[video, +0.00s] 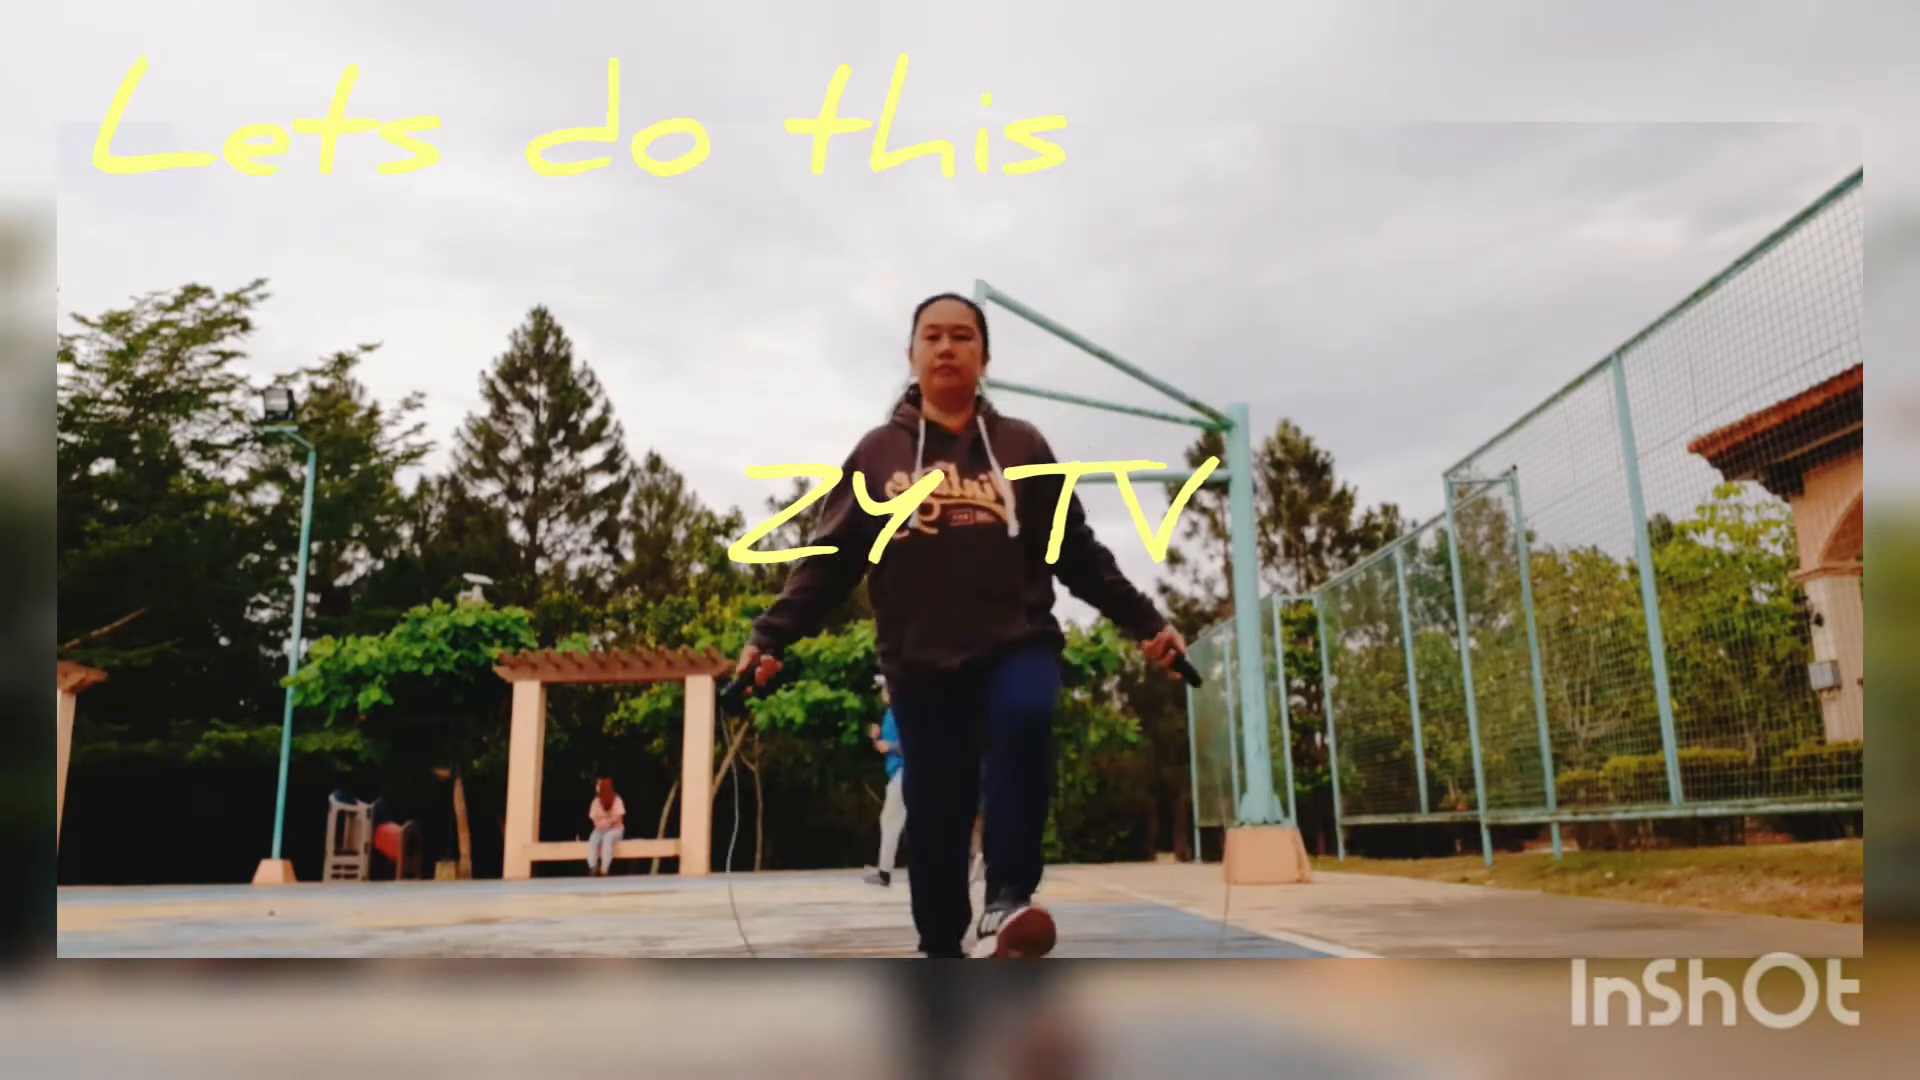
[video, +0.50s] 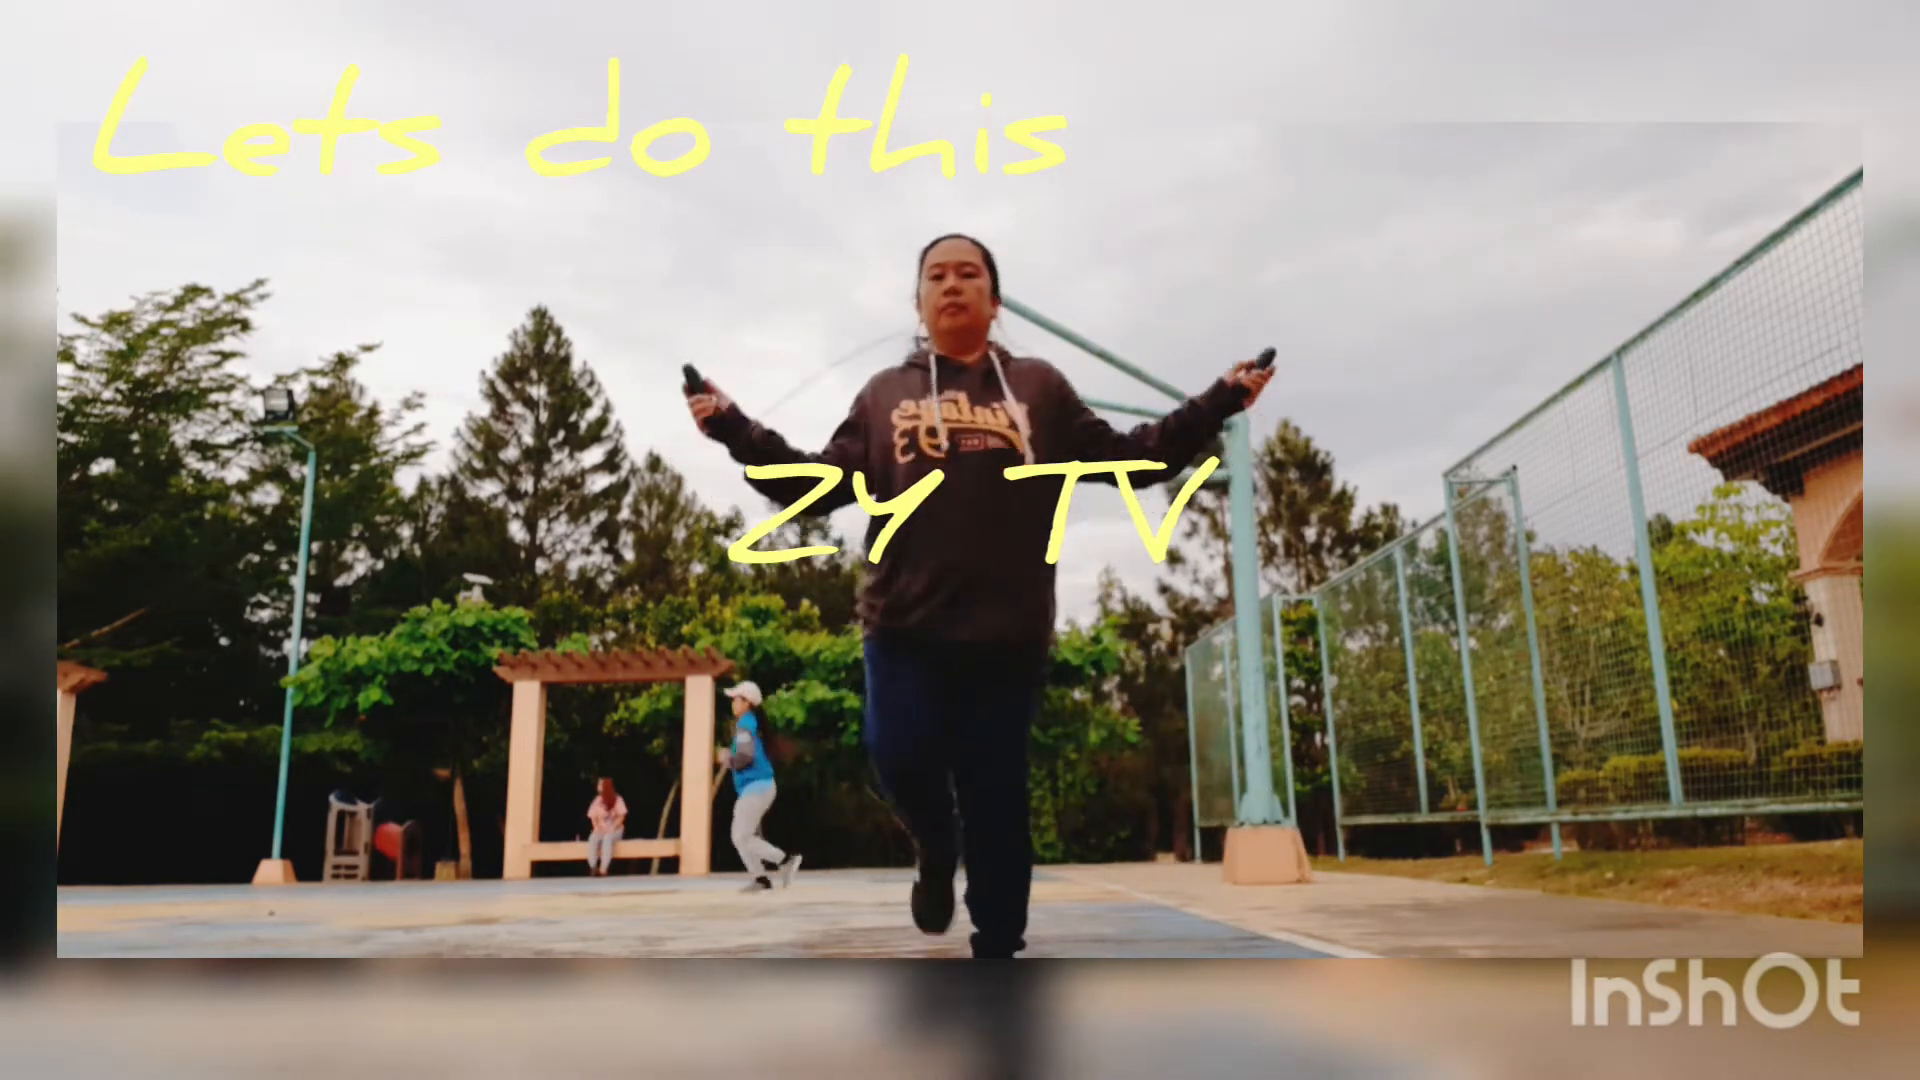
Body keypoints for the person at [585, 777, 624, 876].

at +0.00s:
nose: (597, 788)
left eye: (599, 786)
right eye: (597, 785)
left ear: (604, 788)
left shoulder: (616, 800)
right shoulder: (596, 801)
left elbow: (619, 815)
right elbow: (592, 815)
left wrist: (607, 823)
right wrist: (599, 824)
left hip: (615, 826)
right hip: (601, 826)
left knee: (607, 839)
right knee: (593, 840)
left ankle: (604, 868)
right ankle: (592, 866)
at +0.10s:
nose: (597, 788)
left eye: (599, 786)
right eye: (597, 786)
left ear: (605, 787)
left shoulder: (616, 800)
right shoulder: (596, 801)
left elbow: (621, 816)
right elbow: (591, 815)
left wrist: (613, 826)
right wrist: (596, 827)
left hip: (614, 828)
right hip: (601, 827)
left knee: (607, 839)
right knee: (593, 840)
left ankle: (604, 868)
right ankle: (592, 866)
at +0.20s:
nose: (597, 788)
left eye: (599, 786)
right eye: (597, 786)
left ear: (605, 788)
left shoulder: (616, 799)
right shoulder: (596, 801)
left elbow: (622, 815)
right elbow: (591, 815)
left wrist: (614, 827)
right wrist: (596, 827)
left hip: (614, 827)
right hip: (601, 826)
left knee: (607, 839)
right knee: (593, 839)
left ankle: (603, 868)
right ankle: (592, 866)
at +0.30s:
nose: (598, 787)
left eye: (600, 785)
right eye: (598, 785)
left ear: (606, 787)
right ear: (597, 787)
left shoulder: (616, 799)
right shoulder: (597, 800)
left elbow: (622, 814)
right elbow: (591, 814)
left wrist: (614, 827)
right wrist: (596, 827)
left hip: (614, 827)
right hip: (601, 827)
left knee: (607, 839)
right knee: (593, 839)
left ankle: (603, 868)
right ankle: (592, 866)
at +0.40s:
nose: (598, 787)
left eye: (600, 784)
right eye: (598, 784)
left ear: (606, 786)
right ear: (598, 786)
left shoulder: (616, 799)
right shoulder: (597, 800)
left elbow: (622, 814)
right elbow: (591, 814)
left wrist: (614, 826)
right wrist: (596, 827)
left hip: (613, 827)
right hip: (601, 826)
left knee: (607, 839)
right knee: (593, 839)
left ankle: (604, 867)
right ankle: (592, 865)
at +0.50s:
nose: (599, 787)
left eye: (601, 784)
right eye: (599, 784)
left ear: (607, 786)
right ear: (598, 786)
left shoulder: (617, 799)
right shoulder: (598, 800)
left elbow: (622, 815)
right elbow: (592, 814)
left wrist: (613, 827)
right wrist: (596, 827)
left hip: (614, 826)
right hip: (601, 825)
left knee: (607, 839)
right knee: (593, 839)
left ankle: (603, 867)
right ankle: (592, 865)